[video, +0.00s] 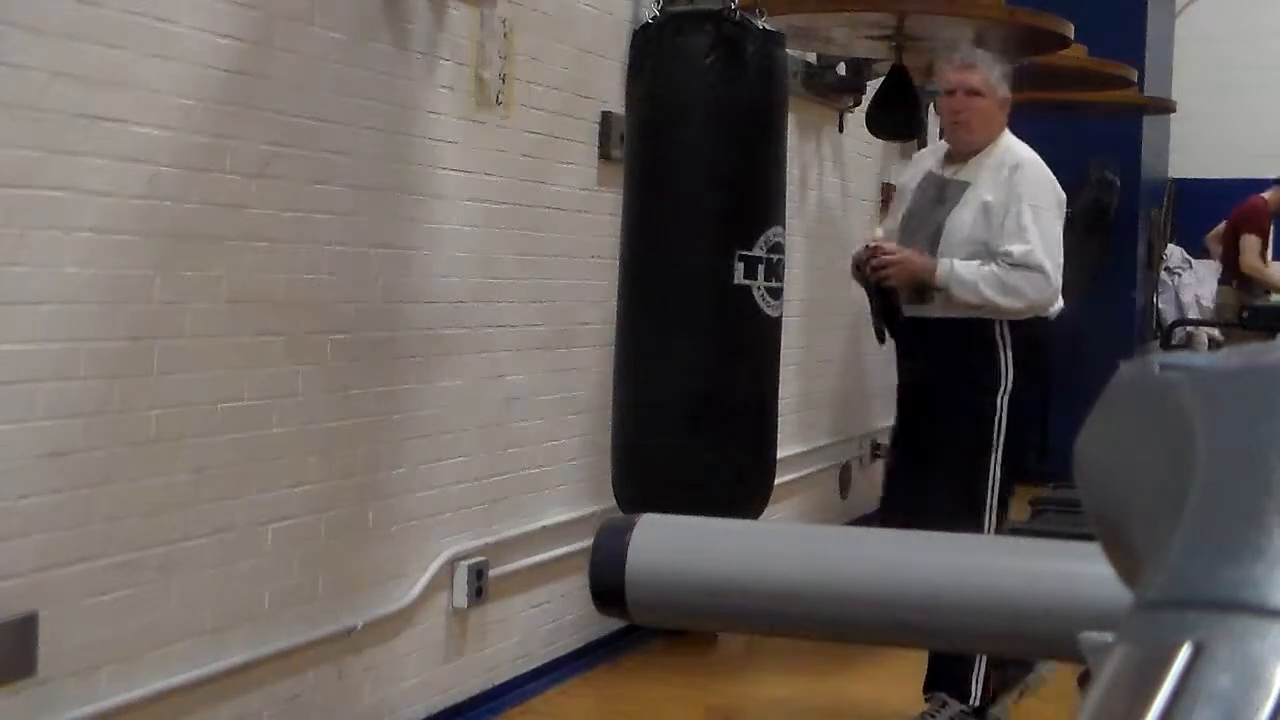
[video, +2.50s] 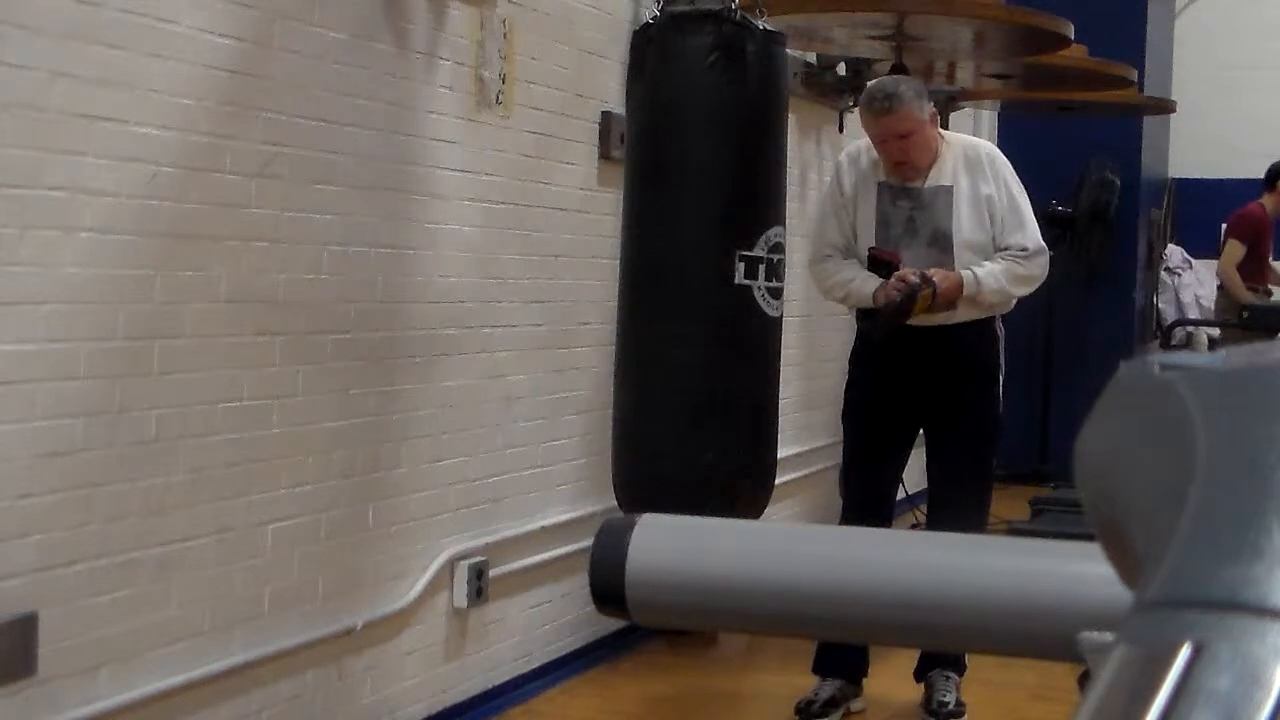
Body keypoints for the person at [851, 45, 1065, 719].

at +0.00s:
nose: (952, 106)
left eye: (969, 94)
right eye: (944, 94)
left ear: (1004, 104)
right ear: (937, 103)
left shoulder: (1026, 174)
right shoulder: (926, 167)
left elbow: (1038, 284)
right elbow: (901, 254)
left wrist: (933, 271)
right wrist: (875, 264)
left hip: (988, 364)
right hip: (925, 359)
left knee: (967, 523)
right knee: (910, 513)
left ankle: (958, 691)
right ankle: (1000, 651)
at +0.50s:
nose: (907, 98)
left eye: (922, 88)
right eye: (896, 87)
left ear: (945, 100)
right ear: (878, 96)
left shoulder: (974, 167)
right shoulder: (841, 160)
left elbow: (1016, 269)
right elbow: (789, 249)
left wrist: (935, 256)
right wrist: (830, 254)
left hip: (939, 355)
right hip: (856, 350)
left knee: (939, 521)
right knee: (835, 514)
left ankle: (944, 690)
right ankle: (835, 681)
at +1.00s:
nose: (880, 121)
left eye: (892, 109)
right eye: (868, 107)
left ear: (911, 104)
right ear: (843, 101)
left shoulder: (943, 164)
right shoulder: (806, 163)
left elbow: (991, 259)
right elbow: (770, 260)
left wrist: (928, 262)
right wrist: (816, 268)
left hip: (923, 358)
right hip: (836, 357)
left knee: (934, 517)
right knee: (831, 519)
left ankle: (941, 671)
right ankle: (835, 681)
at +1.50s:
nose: (921, 141)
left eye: (934, 129)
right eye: (911, 126)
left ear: (957, 123)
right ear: (893, 115)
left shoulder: (985, 180)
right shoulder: (849, 161)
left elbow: (1014, 282)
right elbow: (796, 248)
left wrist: (950, 298)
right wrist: (831, 272)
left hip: (944, 366)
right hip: (859, 358)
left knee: (941, 520)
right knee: (846, 516)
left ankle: (940, 671)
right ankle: (835, 675)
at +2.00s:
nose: (914, 150)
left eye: (925, 139)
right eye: (901, 138)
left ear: (949, 125)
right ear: (884, 126)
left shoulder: (987, 168)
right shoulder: (855, 164)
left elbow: (1035, 267)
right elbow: (824, 253)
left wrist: (948, 269)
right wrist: (862, 288)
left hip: (960, 354)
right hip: (876, 351)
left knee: (955, 516)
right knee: (857, 512)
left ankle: (942, 669)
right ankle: (839, 674)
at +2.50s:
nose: (894, 157)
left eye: (905, 143)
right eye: (882, 146)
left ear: (933, 123)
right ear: (867, 133)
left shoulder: (984, 163)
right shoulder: (851, 167)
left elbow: (1031, 262)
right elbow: (825, 264)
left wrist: (959, 285)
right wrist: (875, 289)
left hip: (967, 356)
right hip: (882, 353)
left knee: (959, 516)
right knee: (861, 510)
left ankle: (943, 670)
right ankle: (839, 673)